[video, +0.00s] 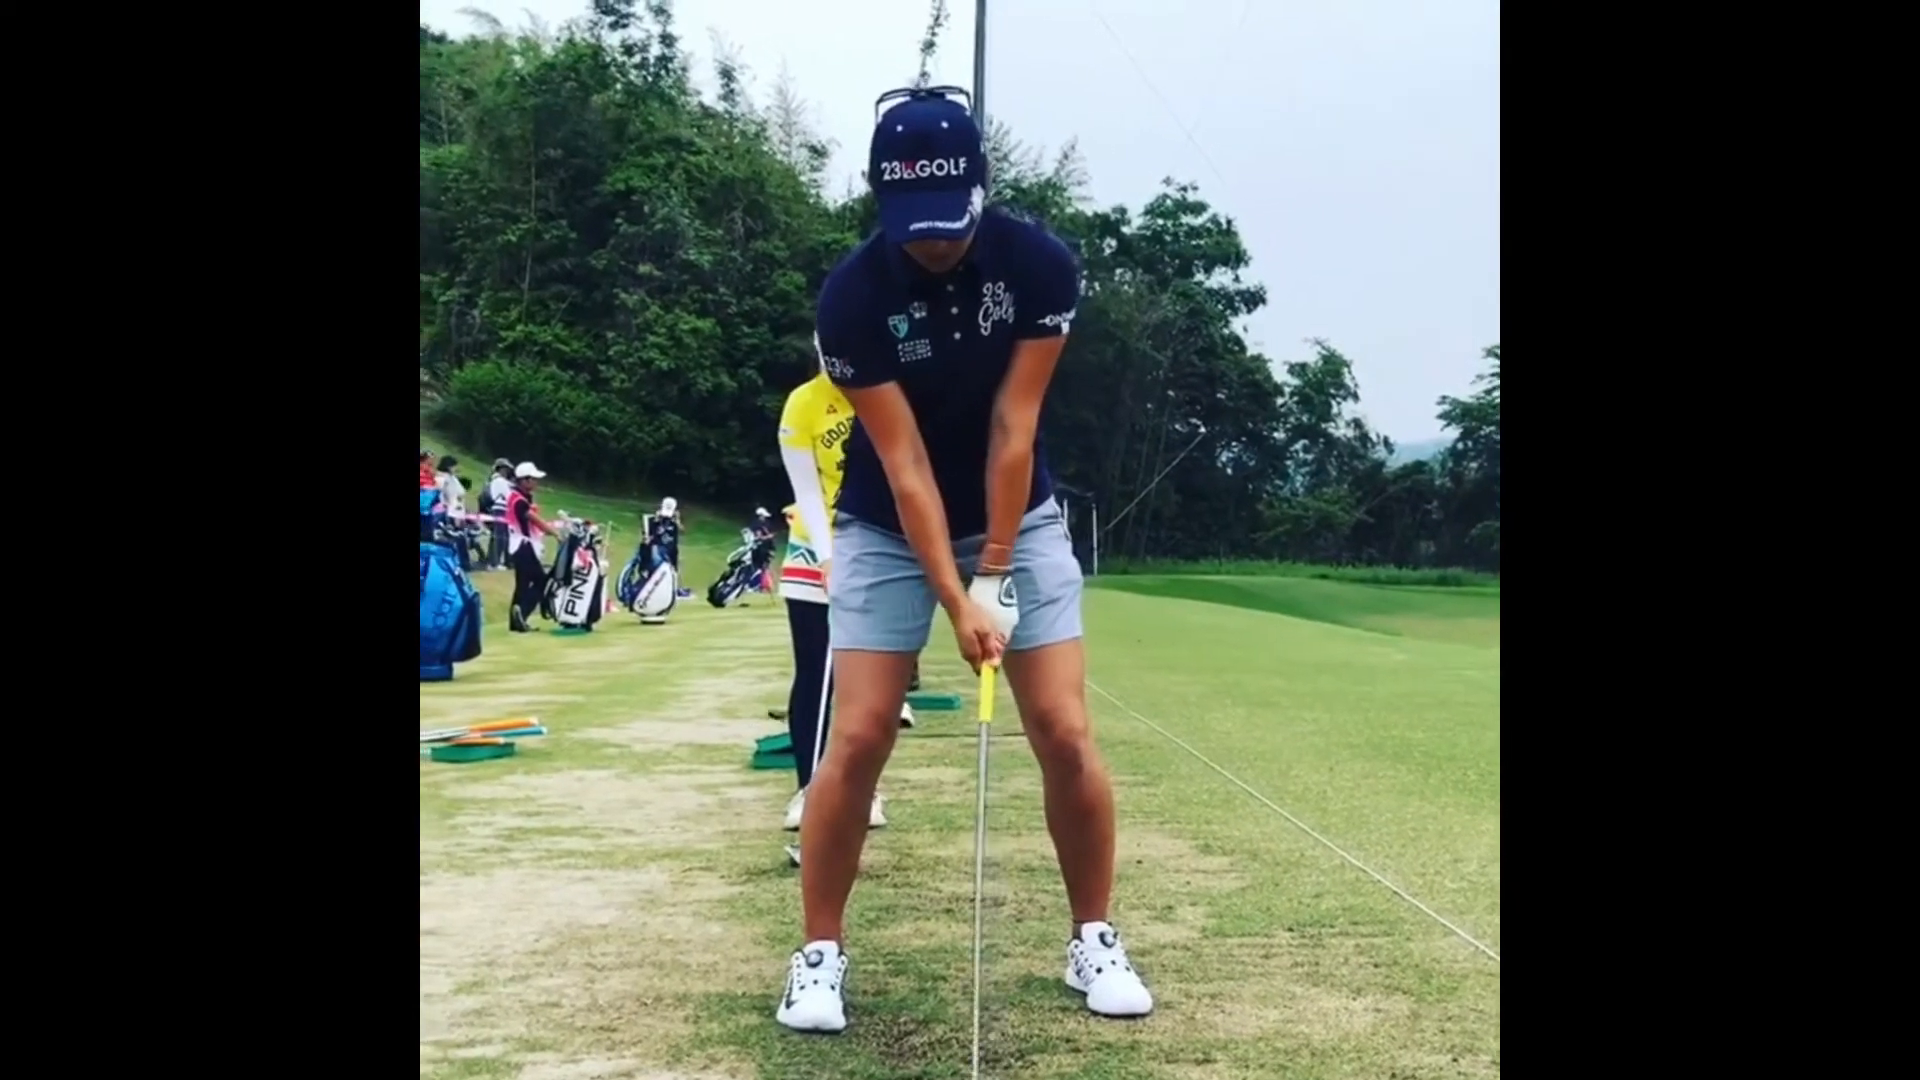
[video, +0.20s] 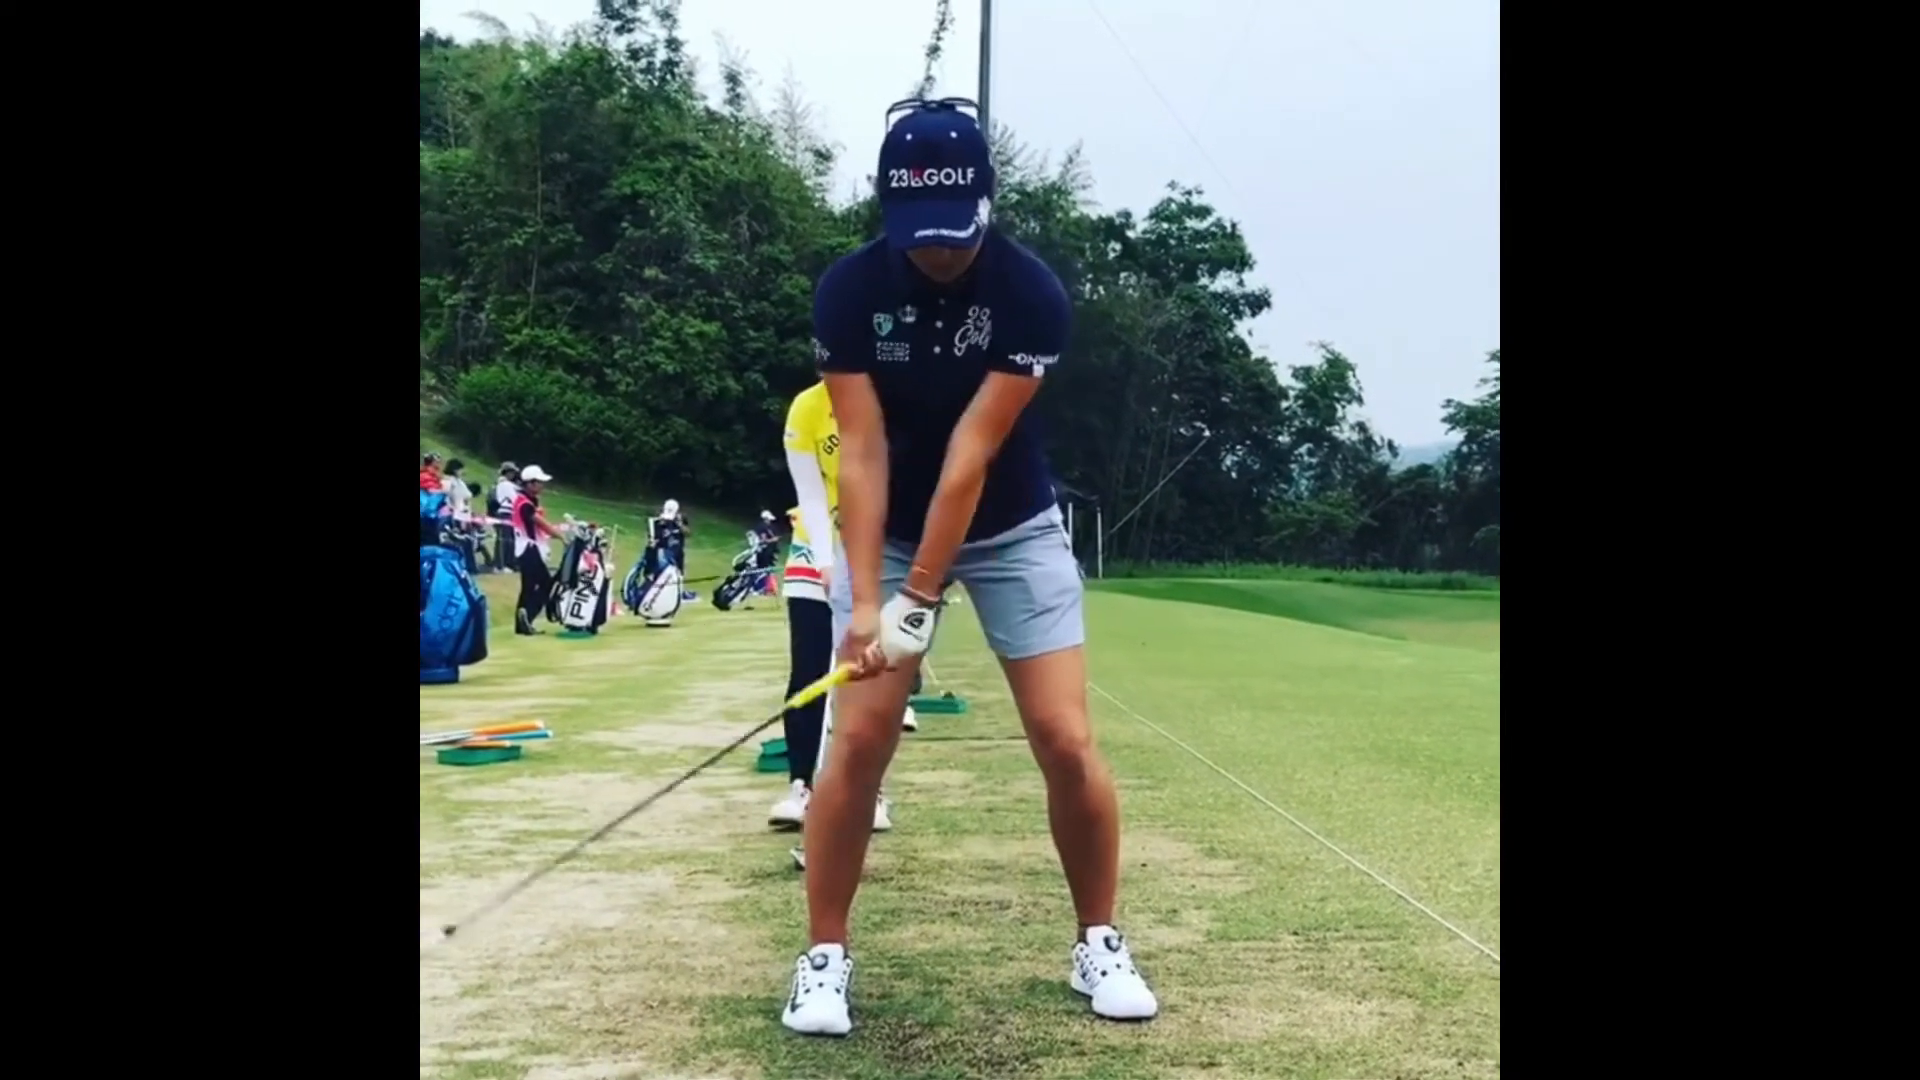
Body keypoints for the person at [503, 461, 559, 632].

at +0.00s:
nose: (536, 484)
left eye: (536, 480)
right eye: (533, 480)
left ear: (525, 482)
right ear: (524, 481)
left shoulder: (517, 497)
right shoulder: (519, 501)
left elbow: (534, 518)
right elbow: (536, 521)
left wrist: (552, 527)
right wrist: (555, 532)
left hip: (518, 542)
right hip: (523, 544)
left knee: (522, 582)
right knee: (540, 579)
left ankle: (516, 620)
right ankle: (522, 611)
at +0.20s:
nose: (542, 487)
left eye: (542, 483)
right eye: (539, 483)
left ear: (531, 485)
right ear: (529, 484)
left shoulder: (525, 501)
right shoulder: (525, 504)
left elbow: (540, 522)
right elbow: (542, 524)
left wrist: (558, 529)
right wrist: (560, 535)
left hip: (528, 546)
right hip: (528, 548)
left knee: (528, 585)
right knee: (546, 582)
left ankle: (522, 623)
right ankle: (528, 614)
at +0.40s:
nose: (545, 490)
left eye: (545, 486)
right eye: (542, 486)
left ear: (535, 488)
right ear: (532, 487)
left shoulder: (529, 505)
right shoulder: (529, 508)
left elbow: (544, 526)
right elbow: (545, 528)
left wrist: (561, 533)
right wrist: (563, 538)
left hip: (531, 550)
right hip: (532, 551)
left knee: (531, 588)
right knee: (549, 585)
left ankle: (525, 626)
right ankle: (531, 618)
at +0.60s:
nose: (545, 493)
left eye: (545, 489)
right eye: (542, 489)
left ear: (534, 491)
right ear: (533, 490)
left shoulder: (526, 507)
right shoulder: (529, 511)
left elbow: (544, 530)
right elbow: (546, 531)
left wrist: (561, 536)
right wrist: (564, 541)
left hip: (529, 553)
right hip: (532, 554)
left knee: (531, 592)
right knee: (549, 589)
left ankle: (525, 629)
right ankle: (531, 621)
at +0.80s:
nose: (541, 495)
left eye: (541, 492)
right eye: (538, 491)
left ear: (530, 494)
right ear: (529, 493)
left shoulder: (525, 510)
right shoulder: (523, 514)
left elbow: (540, 533)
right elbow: (540, 534)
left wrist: (557, 540)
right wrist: (559, 545)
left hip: (526, 555)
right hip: (526, 556)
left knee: (526, 594)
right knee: (544, 591)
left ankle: (520, 633)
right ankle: (525, 624)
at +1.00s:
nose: (532, 497)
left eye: (532, 493)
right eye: (529, 493)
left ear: (520, 495)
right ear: (520, 495)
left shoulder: (513, 512)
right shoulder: (514, 516)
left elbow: (530, 534)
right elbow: (531, 536)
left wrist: (548, 541)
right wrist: (550, 547)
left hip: (514, 556)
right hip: (517, 559)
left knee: (516, 596)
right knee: (534, 593)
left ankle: (509, 635)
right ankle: (516, 625)